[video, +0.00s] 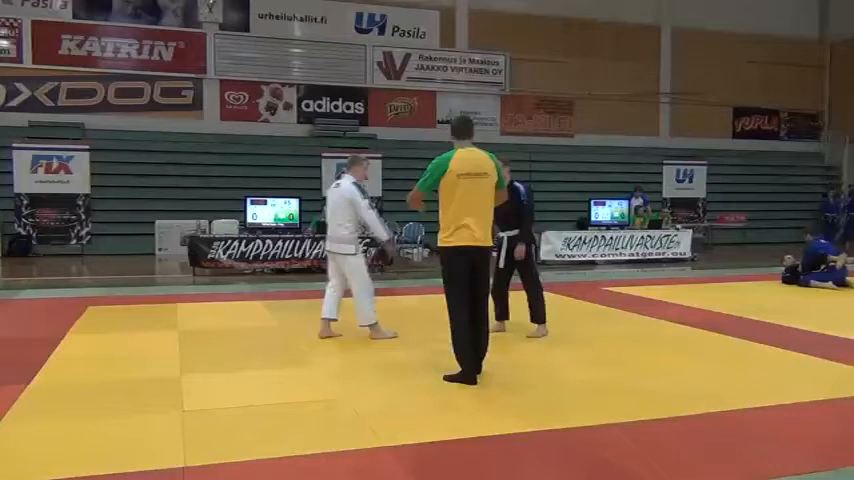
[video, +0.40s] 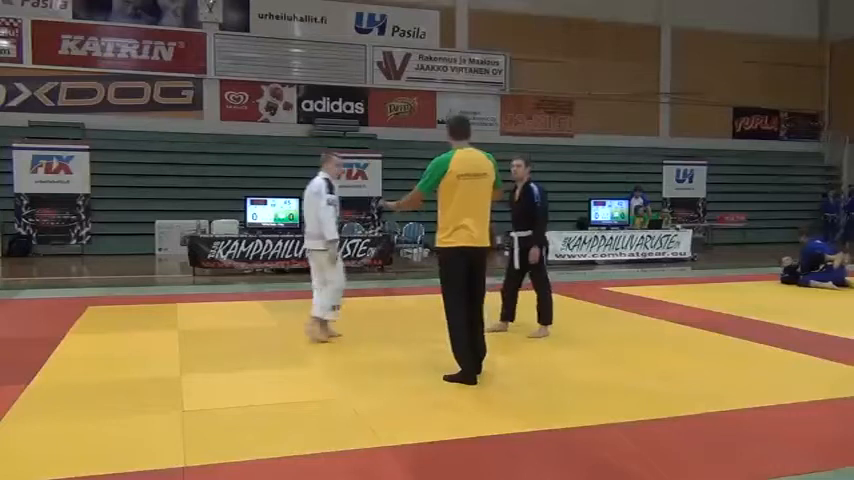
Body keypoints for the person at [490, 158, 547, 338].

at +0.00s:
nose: (502, 176)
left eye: (504, 172)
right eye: (499, 173)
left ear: (509, 172)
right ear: (495, 174)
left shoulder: (519, 190)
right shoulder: (493, 192)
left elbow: (527, 217)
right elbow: (490, 217)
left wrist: (522, 241)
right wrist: (490, 240)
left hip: (521, 237)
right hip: (504, 239)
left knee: (531, 282)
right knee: (499, 282)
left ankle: (541, 323)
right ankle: (500, 321)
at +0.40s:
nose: (513, 169)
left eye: (518, 166)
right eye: (512, 166)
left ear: (528, 169)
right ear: (511, 170)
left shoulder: (534, 190)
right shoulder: (514, 192)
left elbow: (541, 219)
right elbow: (517, 218)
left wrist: (536, 244)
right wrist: (514, 244)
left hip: (532, 240)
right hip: (517, 240)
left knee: (541, 284)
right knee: (510, 283)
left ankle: (544, 324)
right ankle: (504, 320)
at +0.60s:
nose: (521, 168)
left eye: (526, 165)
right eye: (520, 165)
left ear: (535, 169)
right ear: (520, 169)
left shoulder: (541, 190)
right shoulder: (522, 191)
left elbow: (544, 220)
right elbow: (523, 218)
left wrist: (541, 245)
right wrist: (520, 243)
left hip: (536, 240)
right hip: (523, 241)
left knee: (542, 284)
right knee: (517, 282)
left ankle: (545, 324)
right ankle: (518, 319)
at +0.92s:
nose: (533, 168)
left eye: (537, 165)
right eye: (532, 165)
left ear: (547, 168)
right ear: (531, 169)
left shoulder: (550, 190)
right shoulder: (532, 191)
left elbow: (547, 219)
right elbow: (525, 216)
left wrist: (534, 241)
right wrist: (511, 234)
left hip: (543, 241)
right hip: (529, 240)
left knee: (544, 282)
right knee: (532, 282)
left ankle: (546, 324)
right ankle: (545, 314)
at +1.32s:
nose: (534, 171)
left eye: (537, 167)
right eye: (532, 168)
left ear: (547, 169)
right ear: (531, 172)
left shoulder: (557, 191)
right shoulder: (532, 193)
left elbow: (562, 219)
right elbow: (526, 218)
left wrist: (559, 242)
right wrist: (521, 241)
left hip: (552, 241)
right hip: (537, 241)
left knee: (551, 280)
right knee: (542, 281)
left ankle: (548, 321)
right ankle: (552, 313)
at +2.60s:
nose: (549, 171)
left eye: (551, 168)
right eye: (550, 168)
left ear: (558, 169)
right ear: (560, 170)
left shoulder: (570, 190)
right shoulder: (557, 190)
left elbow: (571, 221)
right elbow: (552, 222)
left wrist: (571, 247)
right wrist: (545, 247)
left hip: (563, 242)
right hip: (551, 241)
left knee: (565, 282)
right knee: (552, 280)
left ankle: (569, 323)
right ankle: (552, 317)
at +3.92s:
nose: (539, 175)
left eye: (542, 171)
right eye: (539, 171)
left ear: (554, 170)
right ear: (546, 172)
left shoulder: (566, 190)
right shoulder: (547, 193)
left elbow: (569, 219)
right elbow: (539, 216)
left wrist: (557, 239)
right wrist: (525, 231)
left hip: (564, 242)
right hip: (548, 241)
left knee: (568, 284)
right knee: (538, 281)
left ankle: (569, 324)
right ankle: (530, 318)